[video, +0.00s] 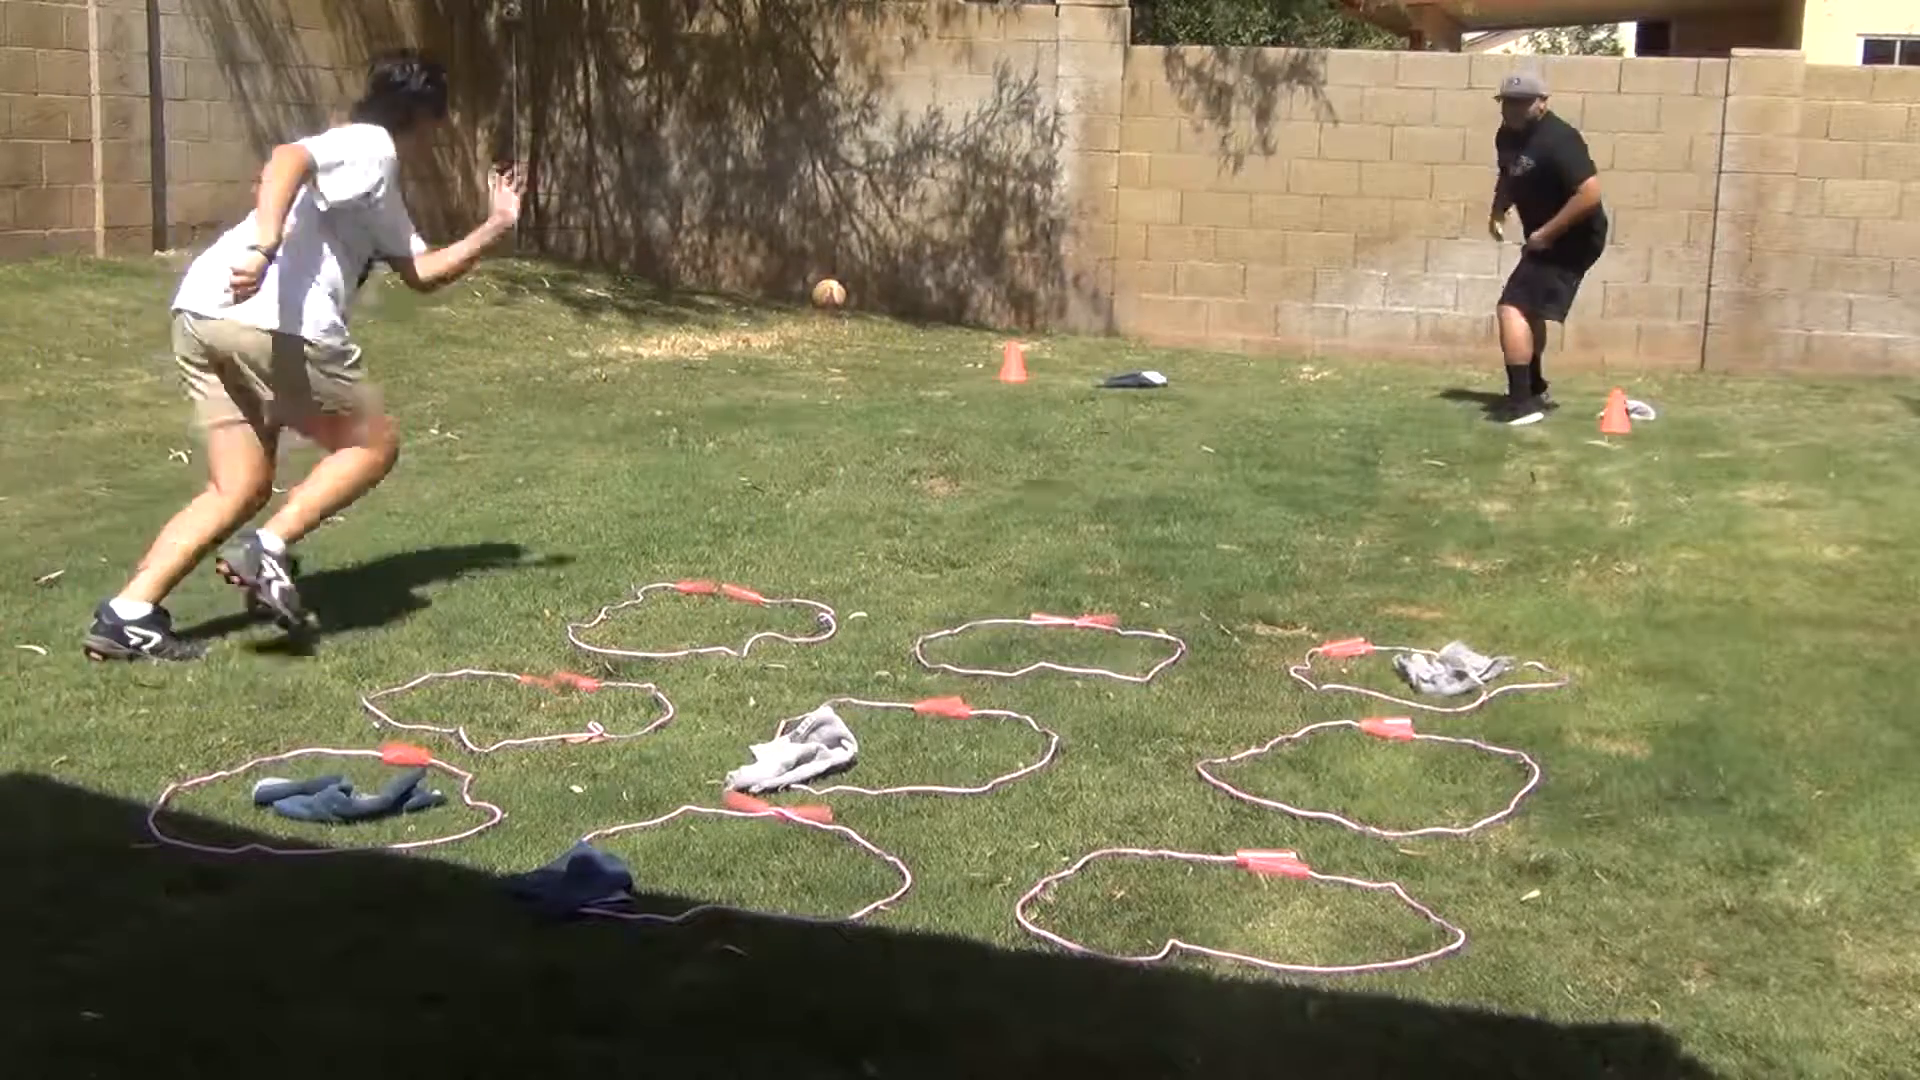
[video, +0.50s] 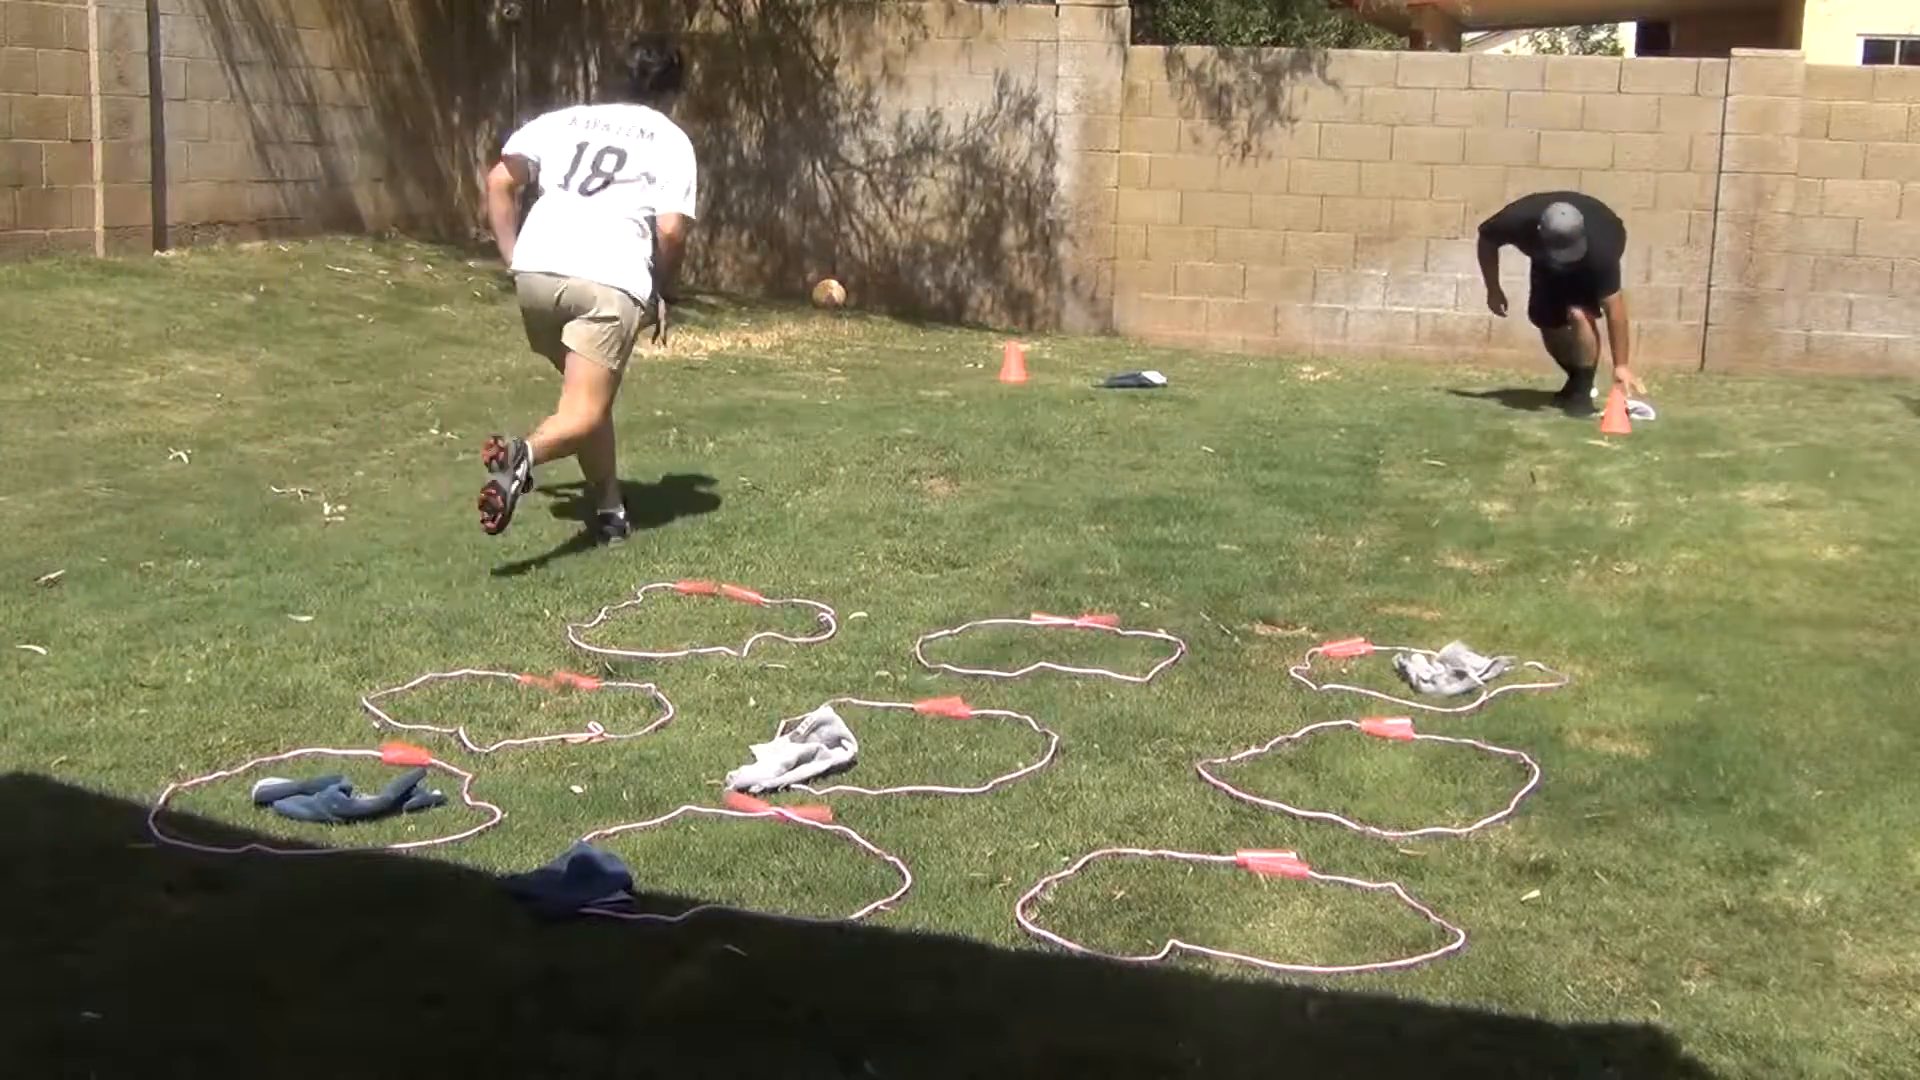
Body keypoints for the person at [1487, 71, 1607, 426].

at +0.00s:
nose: (1509, 109)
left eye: (1517, 103)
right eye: (1506, 102)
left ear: (1540, 104)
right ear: (1501, 102)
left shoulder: (1560, 139)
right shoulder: (1507, 135)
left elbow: (1590, 194)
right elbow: (1510, 176)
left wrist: (1546, 233)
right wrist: (1498, 209)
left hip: (1575, 236)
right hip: (1543, 234)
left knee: (1511, 307)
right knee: (1527, 309)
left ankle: (1521, 400)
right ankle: (1532, 386)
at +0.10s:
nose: (1516, 138)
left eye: (1523, 131)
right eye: (1511, 131)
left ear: (1539, 128)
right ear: (1502, 128)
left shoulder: (1564, 157)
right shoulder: (1496, 155)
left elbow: (1604, 207)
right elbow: (1494, 196)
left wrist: (1572, 255)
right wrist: (1493, 232)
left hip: (1574, 239)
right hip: (1538, 239)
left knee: (1525, 304)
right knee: (1523, 309)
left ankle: (1531, 395)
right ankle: (1531, 393)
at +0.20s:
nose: (1527, 174)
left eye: (1533, 168)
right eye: (1521, 169)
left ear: (1545, 155)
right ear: (1509, 158)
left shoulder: (1574, 169)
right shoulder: (1496, 167)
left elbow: (1604, 221)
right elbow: (1490, 206)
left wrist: (1592, 279)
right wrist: (1491, 253)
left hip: (1578, 239)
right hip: (1538, 239)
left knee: (1546, 303)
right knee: (1520, 312)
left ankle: (1550, 392)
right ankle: (1531, 389)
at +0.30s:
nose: (1543, 202)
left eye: (1548, 197)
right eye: (1534, 198)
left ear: (1555, 174)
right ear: (1516, 181)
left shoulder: (1579, 181)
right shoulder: (1499, 173)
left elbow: (1606, 236)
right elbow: (1489, 209)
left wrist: (1604, 298)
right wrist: (1494, 258)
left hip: (1586, 229)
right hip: (1544, 229)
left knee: (1569, 307)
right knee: (1533, 305)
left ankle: (1578, 393)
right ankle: (1534, 382)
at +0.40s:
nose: (1553, 223)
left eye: (1558, 218)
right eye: (1546, 219)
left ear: (1568, 200)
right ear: (1530, 201)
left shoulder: (1594, 215)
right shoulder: (1512, 190)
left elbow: (1609, 268)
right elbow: (1488, 216)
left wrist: (1614, 328)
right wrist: (1495, 268)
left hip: (1590, 244)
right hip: (1545, 241)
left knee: (1580, 311)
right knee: (1536, 309)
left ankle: (1584, 393)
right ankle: (1565, 366)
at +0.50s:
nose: (1564, 260)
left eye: (1570, 254)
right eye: (1558, 254)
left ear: (1582, 237)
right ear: (1541, 235)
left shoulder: (1602, 244)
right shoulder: (1520, 221)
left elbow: (1614, 304)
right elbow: (1487, 237)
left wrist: (1621, 365)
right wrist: (1493, 288)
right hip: (1545, 257)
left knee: (1579, 314)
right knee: (1550, 323)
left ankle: (1583, 389)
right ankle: (1575, 378)